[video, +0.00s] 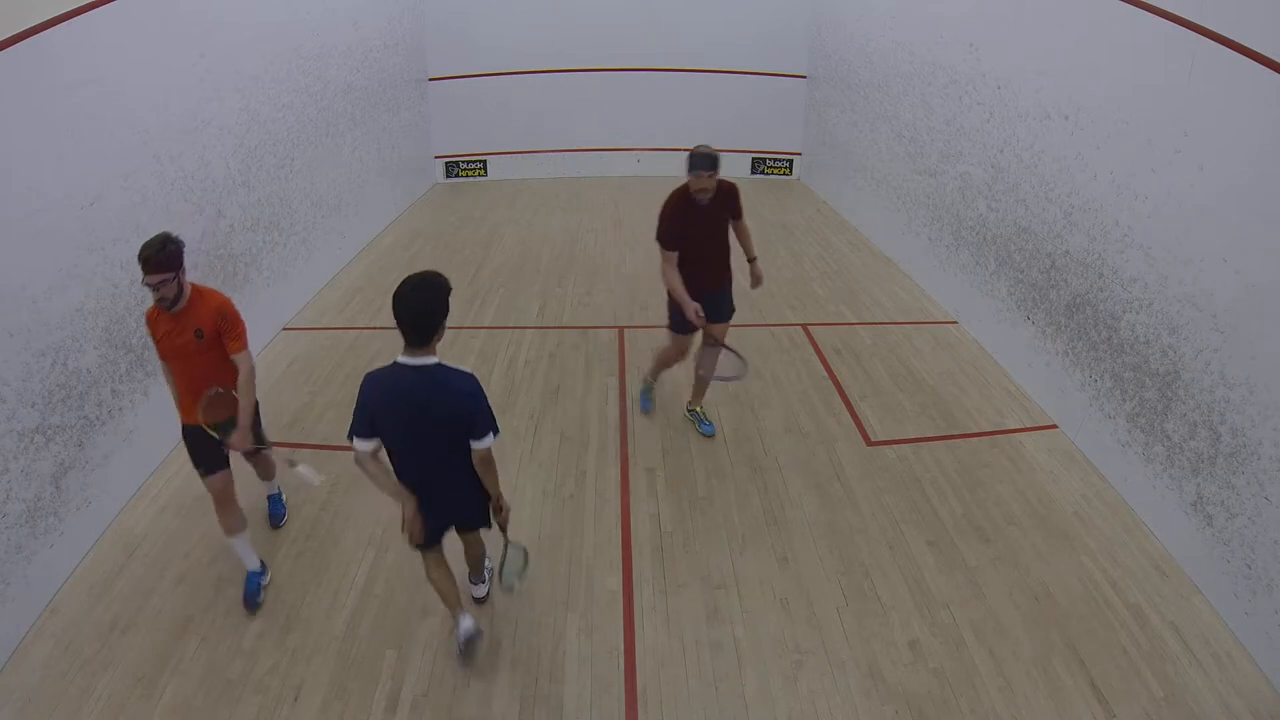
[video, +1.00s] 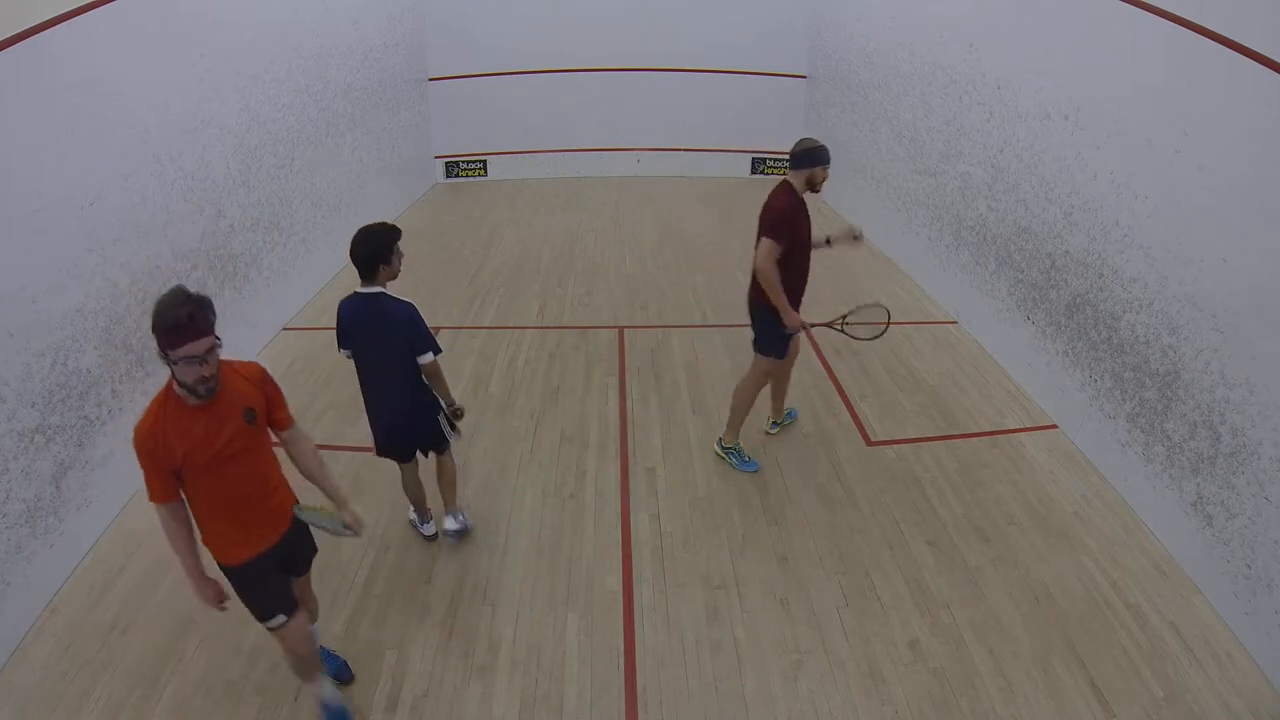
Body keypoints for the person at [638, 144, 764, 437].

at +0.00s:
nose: (701, 182)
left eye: (707, 176)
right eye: (695, 176)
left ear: (716, 175)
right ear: (688, 175)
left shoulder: (728, 193)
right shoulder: (674, 206)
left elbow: (739, 225)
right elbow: (669, 265)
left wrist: (753, 262)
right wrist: (686, 302)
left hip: (718, 281)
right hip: (685, 285)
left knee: (714, 343)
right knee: (679, 349)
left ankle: (695, 405)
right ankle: (649, 379)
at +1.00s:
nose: (827, 176)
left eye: (828, 169)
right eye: (825, 169)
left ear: (802, 168)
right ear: (810, 169)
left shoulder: (792, 198)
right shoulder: (783, 205)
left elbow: (795, 246)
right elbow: (764, 264)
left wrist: (833, 240)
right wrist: (786, 310)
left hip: (785, 300)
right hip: (770, 305)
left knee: (787, 356)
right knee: (761, 371)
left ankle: (778, 416)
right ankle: (728, 441)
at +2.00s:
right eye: (857, 156)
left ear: (835, 153)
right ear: (861, 157)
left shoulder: (815, 183)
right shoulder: (872, 194)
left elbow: (791, 230)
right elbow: (879, 249)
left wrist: (790, 254)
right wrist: (879, 286)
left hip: (808, 272)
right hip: (843, 279)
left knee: (791, 322)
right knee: (826, 339)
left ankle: (782, 386)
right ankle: (815, 396)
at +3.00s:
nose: (882, 165)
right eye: (884, 162)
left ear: (860, 159)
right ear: (883, 167)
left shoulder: (846, 176)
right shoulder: (870, 199)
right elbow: (896, 234)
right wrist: (928, 207)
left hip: (825, 260)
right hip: (856, 268)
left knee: (806, 304)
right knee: (865, 313)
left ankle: (777, 356)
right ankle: (861, 366)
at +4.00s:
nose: (737, 154)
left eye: (741, 150)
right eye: (739, 150)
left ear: (754, 155)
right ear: (759, 154)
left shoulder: (776, 191)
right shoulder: (754, 177)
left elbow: (782, 248)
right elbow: (747, 218)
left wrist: (753, 279)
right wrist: (729, 245)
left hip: (773, 268)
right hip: (750, 260)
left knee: (778, 321)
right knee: (724, 310)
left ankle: (804, 374)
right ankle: (713, 376)